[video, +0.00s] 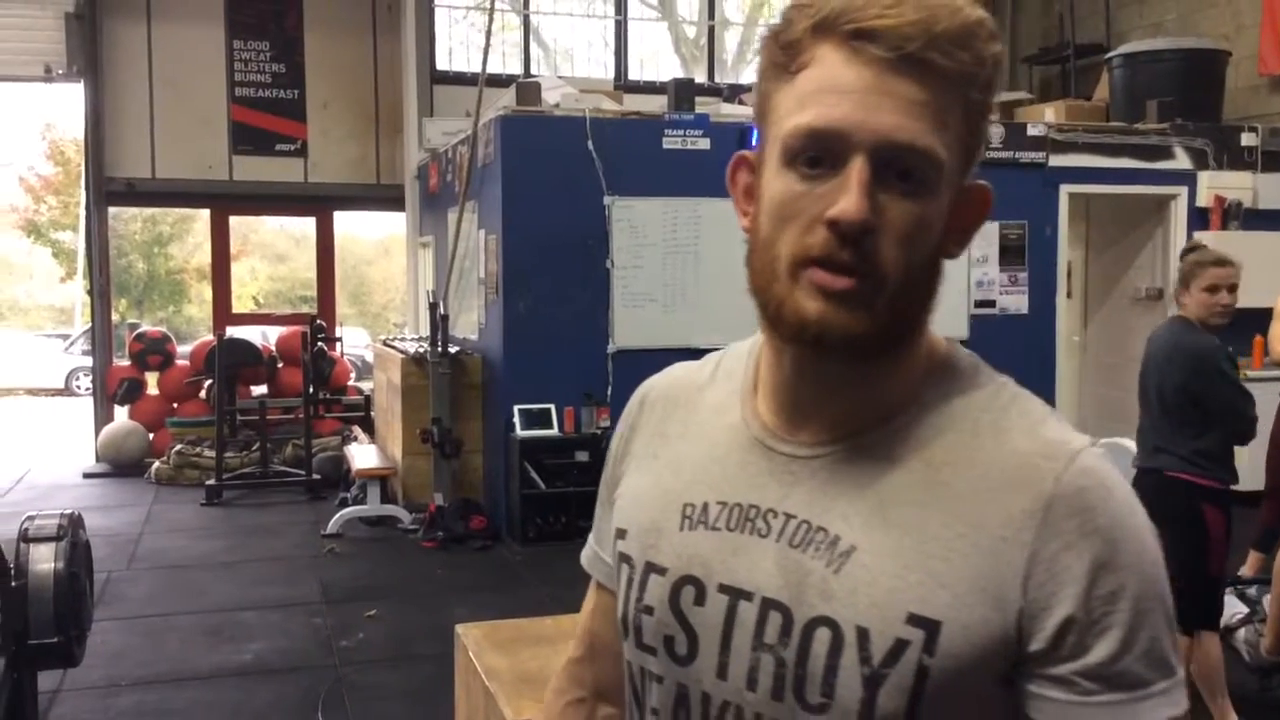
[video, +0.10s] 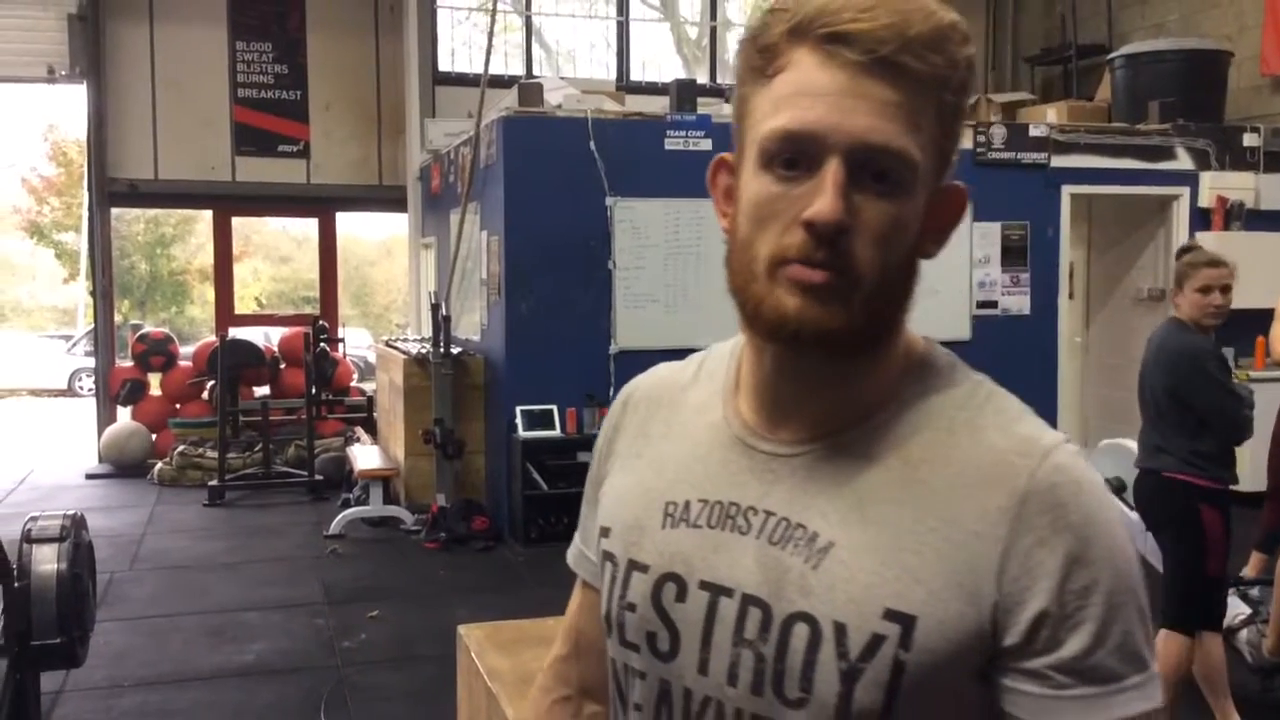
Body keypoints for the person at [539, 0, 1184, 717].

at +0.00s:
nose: (852, 210)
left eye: (901, 174)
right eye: (816, 159)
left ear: (960, 221)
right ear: (748, 192)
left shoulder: (1063, 504)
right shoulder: (659, 417)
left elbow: (1133, 704)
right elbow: (592, 686)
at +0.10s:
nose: (827, 210)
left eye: (877, 175)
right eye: (792, 161)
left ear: (937, 221)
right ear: (727, 194)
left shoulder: (1042, 506)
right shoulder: (645, 416)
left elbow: (1106, 701)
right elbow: (574, 685)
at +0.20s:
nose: (801, 210)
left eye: (852, 174)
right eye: (768, 161)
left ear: (914, 220)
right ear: (706, 191)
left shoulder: (1015, 494)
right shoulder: (628, 414)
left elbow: (1084, 703)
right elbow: (558, 680)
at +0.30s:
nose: (778, 204)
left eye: (828, 169)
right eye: (745, 156)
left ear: (890, 217)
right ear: (686, 187)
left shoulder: (991, 485)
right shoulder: (614, 410)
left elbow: (1063, 701)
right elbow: (545, 684)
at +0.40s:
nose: (756, 200)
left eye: (806, 166)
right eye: (724, 154)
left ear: (868, 213)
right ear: (668, 183)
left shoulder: (971, 478)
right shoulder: (604, 405)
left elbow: (1044, 694)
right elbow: (534, 680)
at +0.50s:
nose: (742, 198)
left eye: (792, 164)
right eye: (710, 152)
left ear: (856, 208)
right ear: (656, 183)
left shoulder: (958, 469)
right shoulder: (596, 402)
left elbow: (1033, 692)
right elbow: (527, 677)